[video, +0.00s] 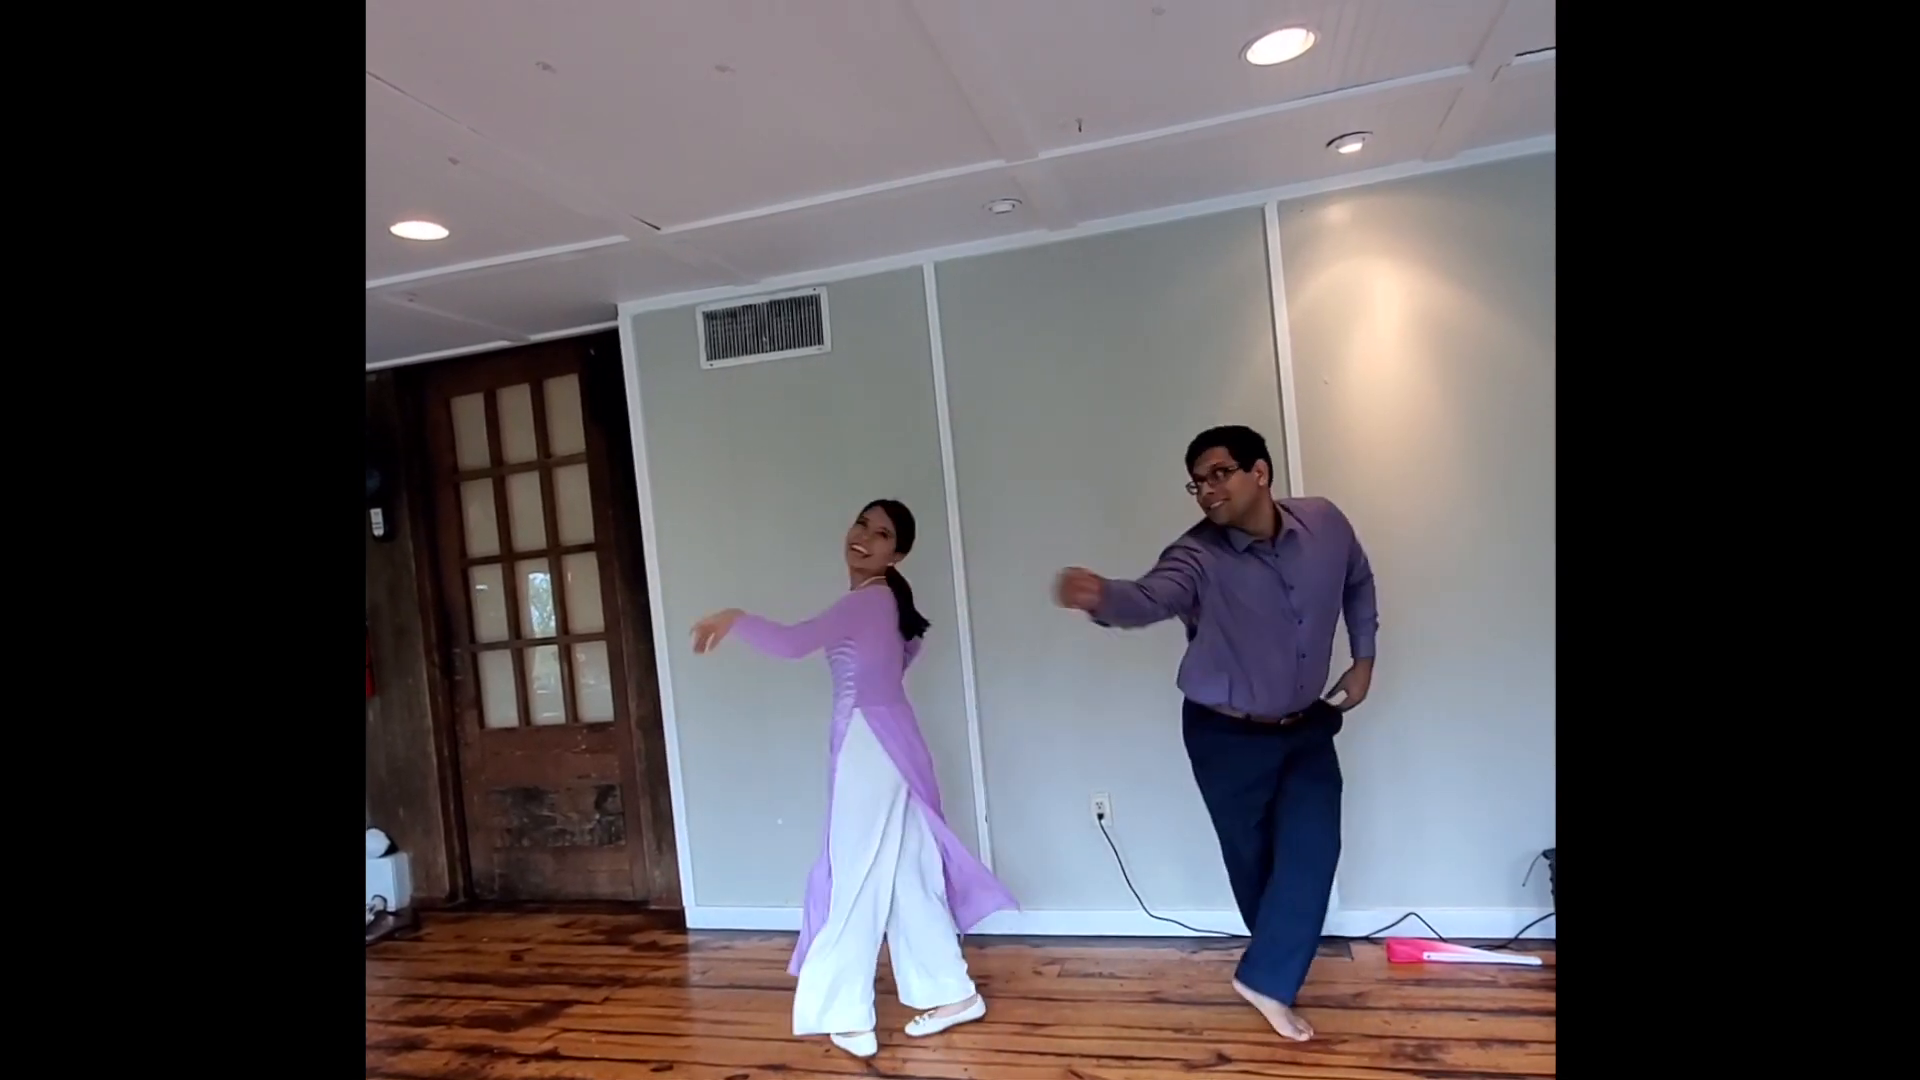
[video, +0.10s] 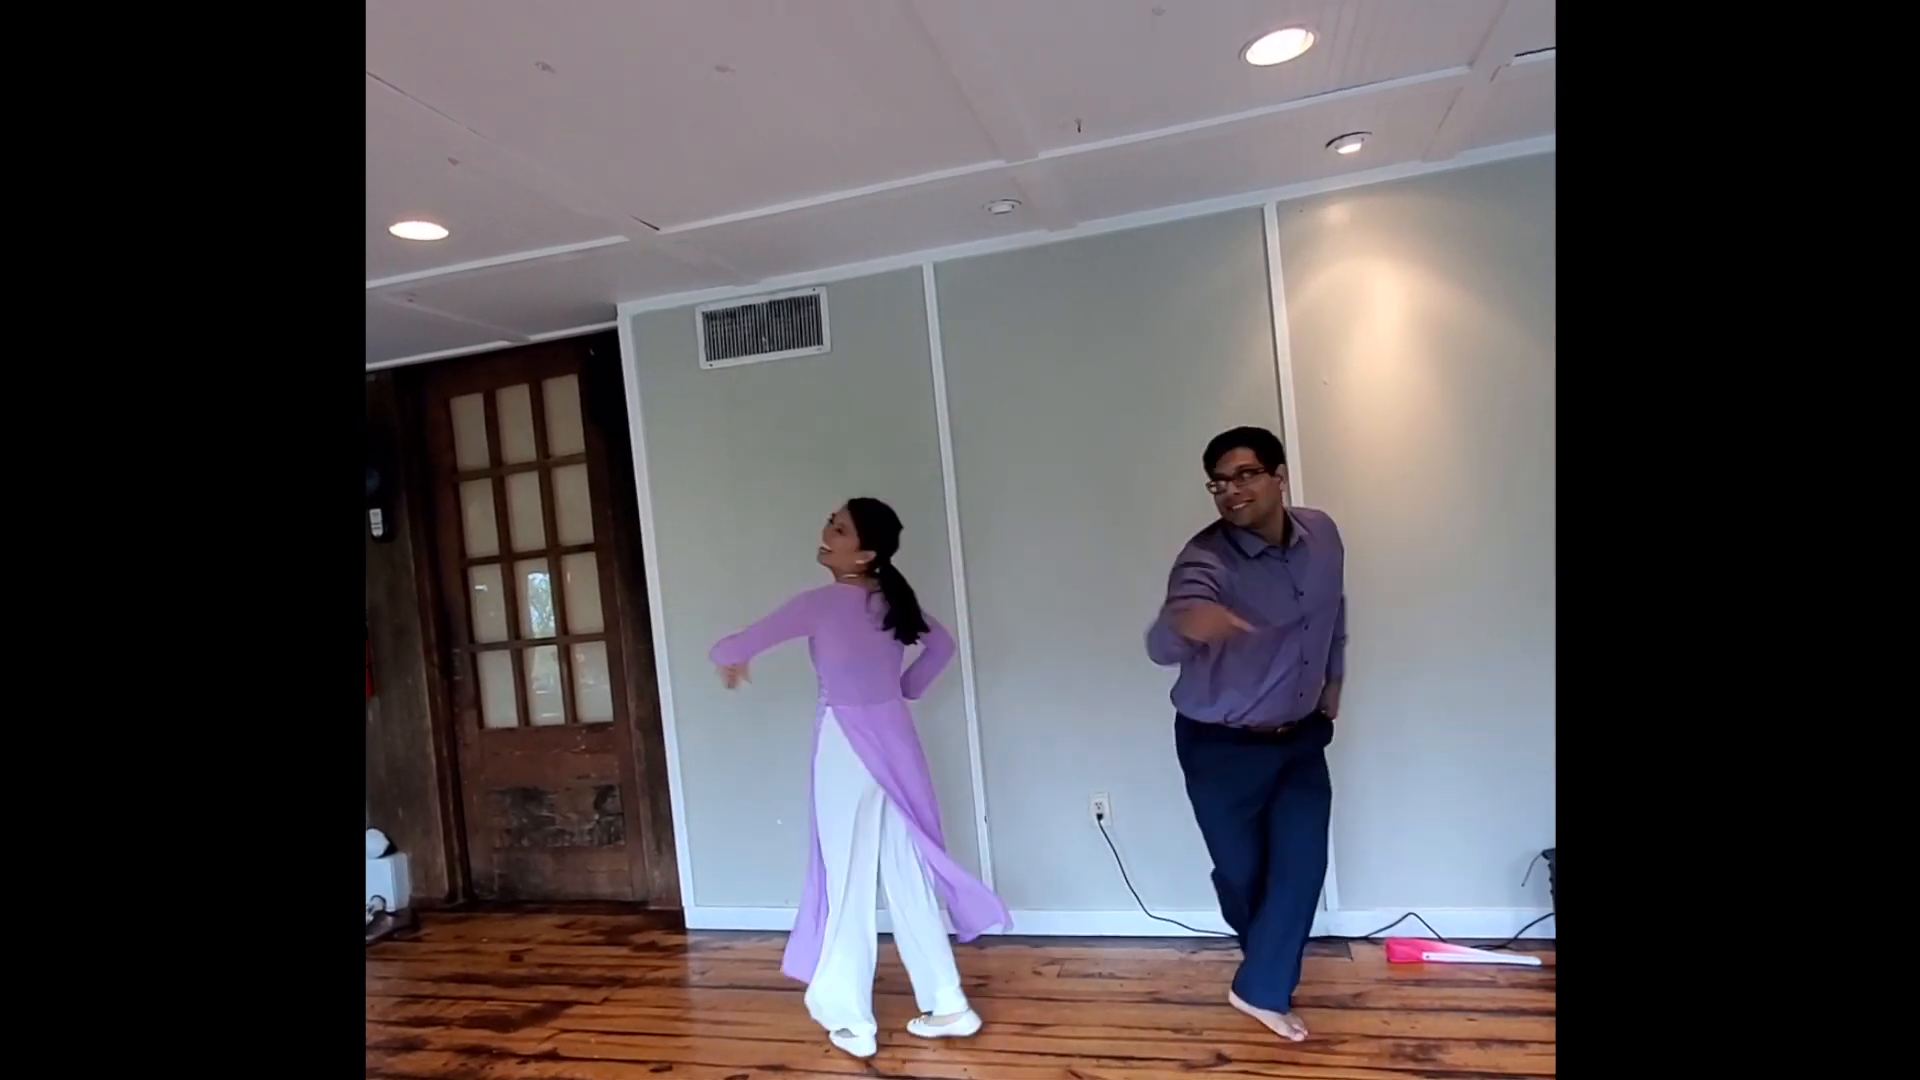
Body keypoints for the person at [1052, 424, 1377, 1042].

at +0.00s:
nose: (1206, 491)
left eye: (1217, 476)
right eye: (1197, 484)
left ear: (1260, 473)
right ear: (1197, 494)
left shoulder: (1322, 521)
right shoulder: (1199, 555)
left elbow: (1356, 581)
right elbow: (1152, 596)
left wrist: (1364, 658)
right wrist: (1103, 597)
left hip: (1305, 725)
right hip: (1226, 732)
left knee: (1313, 850)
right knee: (1252, 859)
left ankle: (1268, 979)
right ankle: (1281, 962)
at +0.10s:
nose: (1230, 491)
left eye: (1243, 476)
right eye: (1219, 482)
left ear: (1278, 479)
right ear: (1213, 492)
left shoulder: (1319, 533)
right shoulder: (1206, 558)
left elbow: (1333, 615)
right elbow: (1162, 644)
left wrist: (1331, 688)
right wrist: (1189, 624)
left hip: (1298, 735)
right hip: (1220, 743)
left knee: (1302, 866)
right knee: (1239, 873)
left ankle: (1261, 991)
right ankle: (1266, 959)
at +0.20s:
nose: (1264, 484)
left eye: (1274, 469)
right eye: (1246, 477)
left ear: (1290, 476)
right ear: (1225, 491)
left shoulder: (1301, 542)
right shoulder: (1218, 567)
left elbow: (1294, 629)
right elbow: (1208, 657)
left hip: (1290, 728)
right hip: (1222, 737)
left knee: (1296, 871)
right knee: (1263, 872)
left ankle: (1259, 994)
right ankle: (1218, 938)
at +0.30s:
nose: (1298, 466)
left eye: (1299, 455)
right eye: (1281, 460)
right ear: (1240, 480)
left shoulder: (1255, 527)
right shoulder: (1249, 553)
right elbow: (1259, 651)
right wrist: (1349, 693)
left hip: (1265, 720)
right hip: (1231, 729)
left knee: (1289, 857)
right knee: (1317, 862)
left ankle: (1261, 993)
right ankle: (1216, 949)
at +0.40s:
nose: (1309, 449)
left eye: (1304, 438)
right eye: (1297, 441)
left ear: (1247, 458)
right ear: (1265, 456)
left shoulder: (1203, 521)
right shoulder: (1287, 529)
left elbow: (1188, 602)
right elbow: (1299, 626)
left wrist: (1241, 652)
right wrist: (1349, 676)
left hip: (1203, 717)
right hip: (1259, 720)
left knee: (1269, 846)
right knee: (1337, 849)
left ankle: (1254, 978)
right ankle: (1262, 984)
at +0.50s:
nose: (1297, 450)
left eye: (1292, 440)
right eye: (1295, 442)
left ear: (1224, 448)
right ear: (1287, 450)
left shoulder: (1177, 520)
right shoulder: (1309, 513)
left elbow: (1157, 606)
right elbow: (1340, 608)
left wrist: (1188, 669)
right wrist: (1358, 671)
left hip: (1199, 718)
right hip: (1280, 717)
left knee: (1256, 840)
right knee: (1312, 856)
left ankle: (1250, 989)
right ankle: (1329, 1018)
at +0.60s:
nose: (1205, 466)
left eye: (1206, 458)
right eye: (1209, 457)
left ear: (1213, 463)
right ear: (1281, 463)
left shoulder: (1168, 533)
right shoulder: (1333, 522)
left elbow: (1133, 628)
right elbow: (1376, 617)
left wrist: (1180, 686)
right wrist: (1362, 679)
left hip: (1211, 735)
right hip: (1305, 729)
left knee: (1241, 862)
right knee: (1309, 875)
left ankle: (1258, 1008)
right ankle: (1326, 1041)